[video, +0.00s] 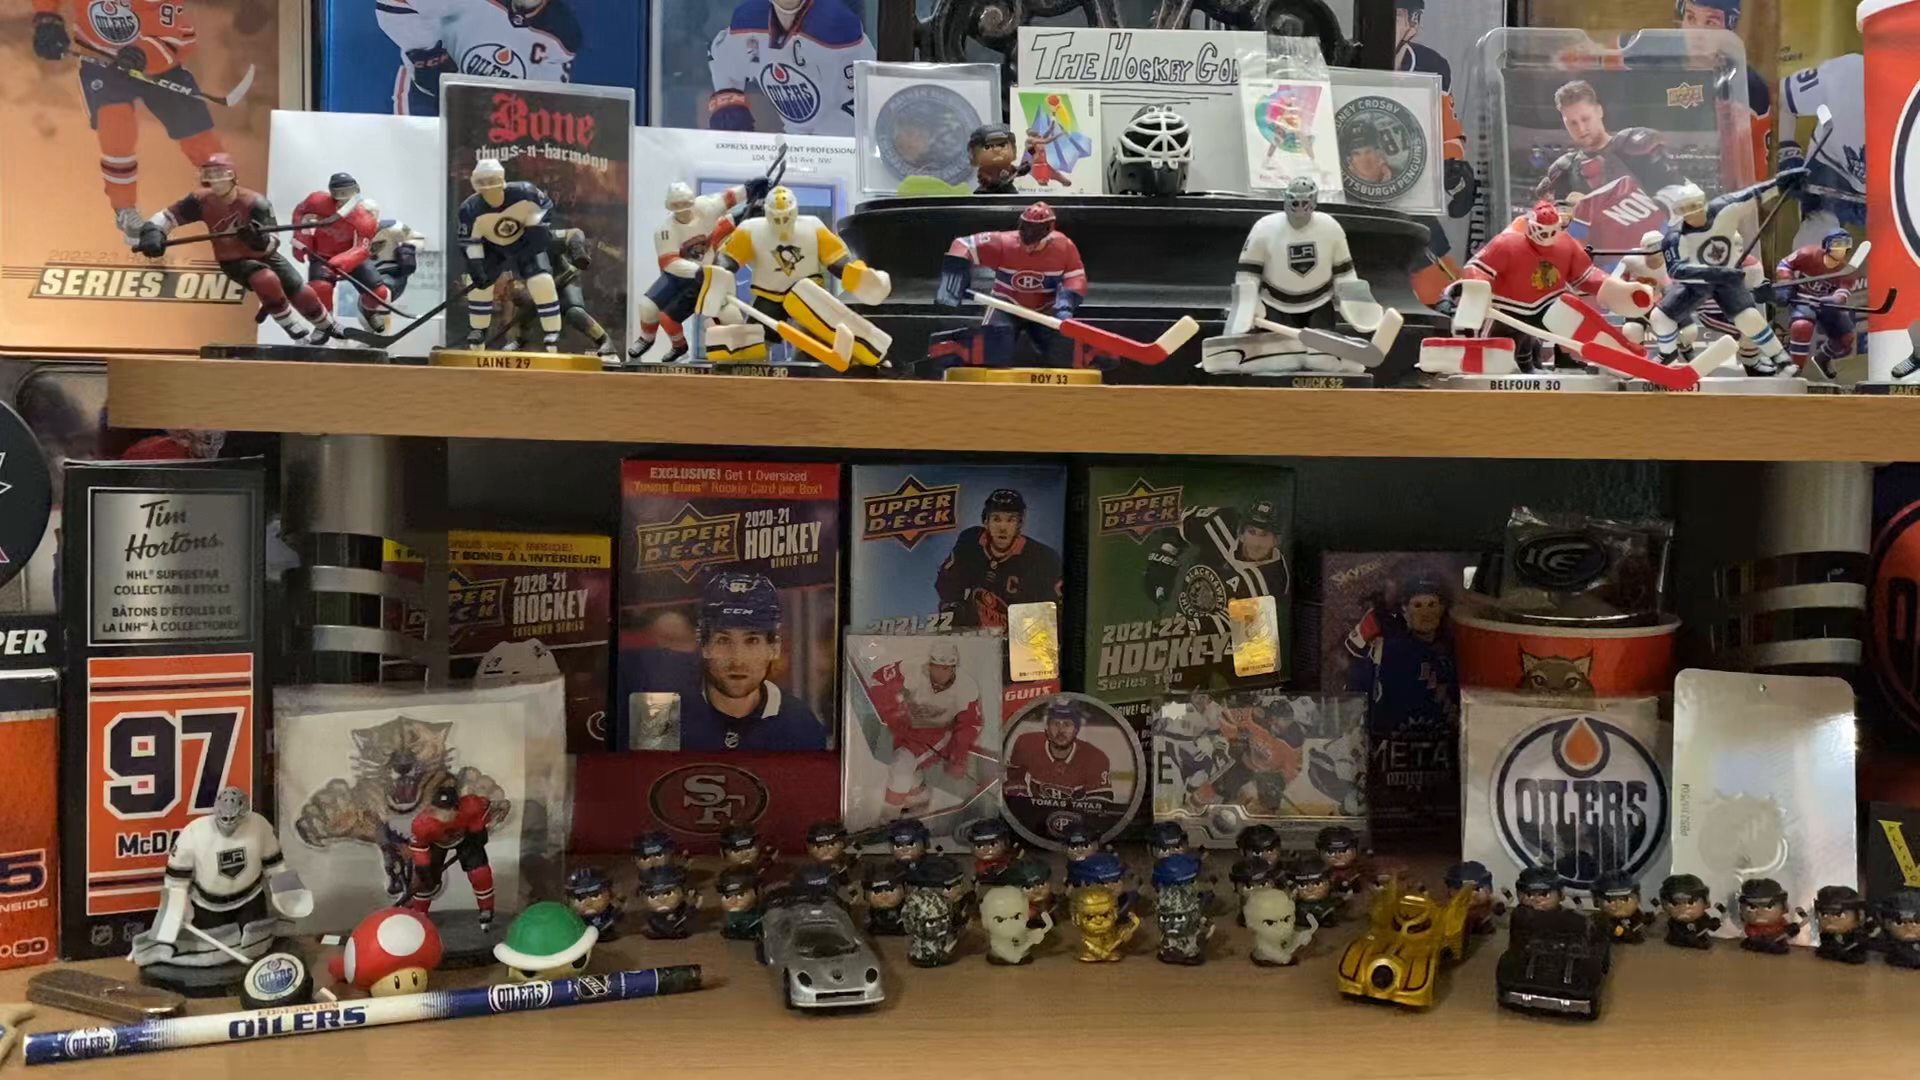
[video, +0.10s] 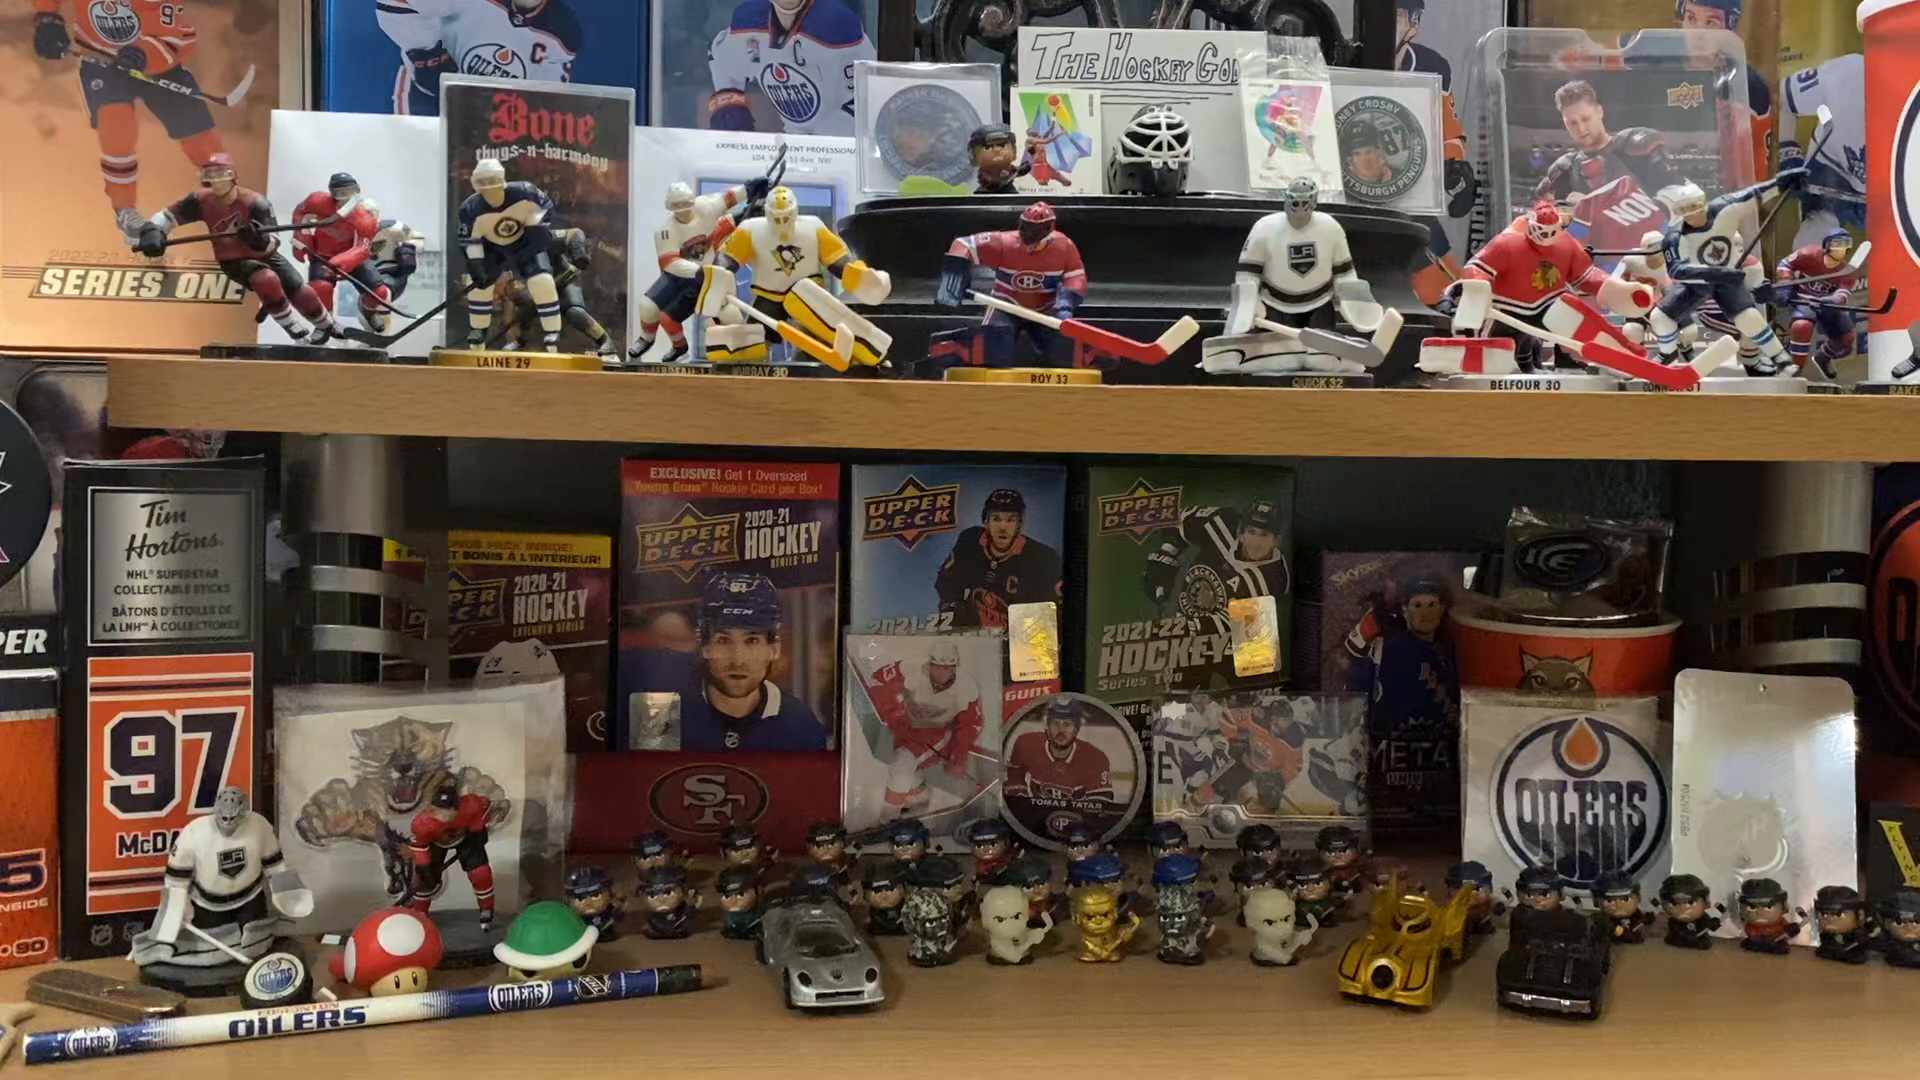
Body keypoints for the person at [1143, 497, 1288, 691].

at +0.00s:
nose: (1256, 541)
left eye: (1264, 535)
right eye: (1251, 532)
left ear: (1276, 539)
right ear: (1241, 532)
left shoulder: (1275, 579)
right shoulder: (1222, 522)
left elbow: (1241, 616)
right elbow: (1178, 527)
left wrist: (1193, 626)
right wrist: (1161, 564)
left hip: (1238, 638)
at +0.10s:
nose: (1255, 541)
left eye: (1264, 535)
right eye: (1251, 532)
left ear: (1277, 539)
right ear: (1242, 531)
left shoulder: (1275, 580)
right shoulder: (1222, 522)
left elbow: (1240, 616)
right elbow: (1178, 525)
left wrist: (1193, 626)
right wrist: (1162, 564)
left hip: (1237, 636)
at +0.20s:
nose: (1255, 541)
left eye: (1264, 535)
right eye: (1251, 532)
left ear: (1276, 539)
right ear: (1242, 531)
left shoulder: (1275, 579)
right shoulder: (1221, 522)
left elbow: (1242, 616)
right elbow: (1177, 525)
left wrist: (1196, 625)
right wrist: (1161, 564)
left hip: (1237, 637)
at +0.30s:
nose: (1255, 541)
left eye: (1264, 534)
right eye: (1251, 532)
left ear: (1276, 538)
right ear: (1242, 530)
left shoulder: (1275, 579)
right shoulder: (1221, 522)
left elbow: (1241, 616)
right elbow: (1178, 528)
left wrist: (1195, 625)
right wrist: (1161, 565)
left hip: (1237, 637)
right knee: (1180, 697)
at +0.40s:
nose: (1255, 541)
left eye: (1264, 535)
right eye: (1250, 532)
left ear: (1275, 539)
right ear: (1241, 531)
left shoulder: (1275, 579)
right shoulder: (1221, 522)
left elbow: (1241, 617)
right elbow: (1178, 527)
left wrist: (1196, 625)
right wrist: (1160, 565)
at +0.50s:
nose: (1255, 542)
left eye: (1264, 535)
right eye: (1250, 532)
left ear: (1276, 538)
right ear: (1242, 530)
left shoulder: (1275, 579)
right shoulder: (1221, 522)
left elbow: (1241, 617)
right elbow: (1177, 526)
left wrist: (1194, 625)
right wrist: (1160, 565)